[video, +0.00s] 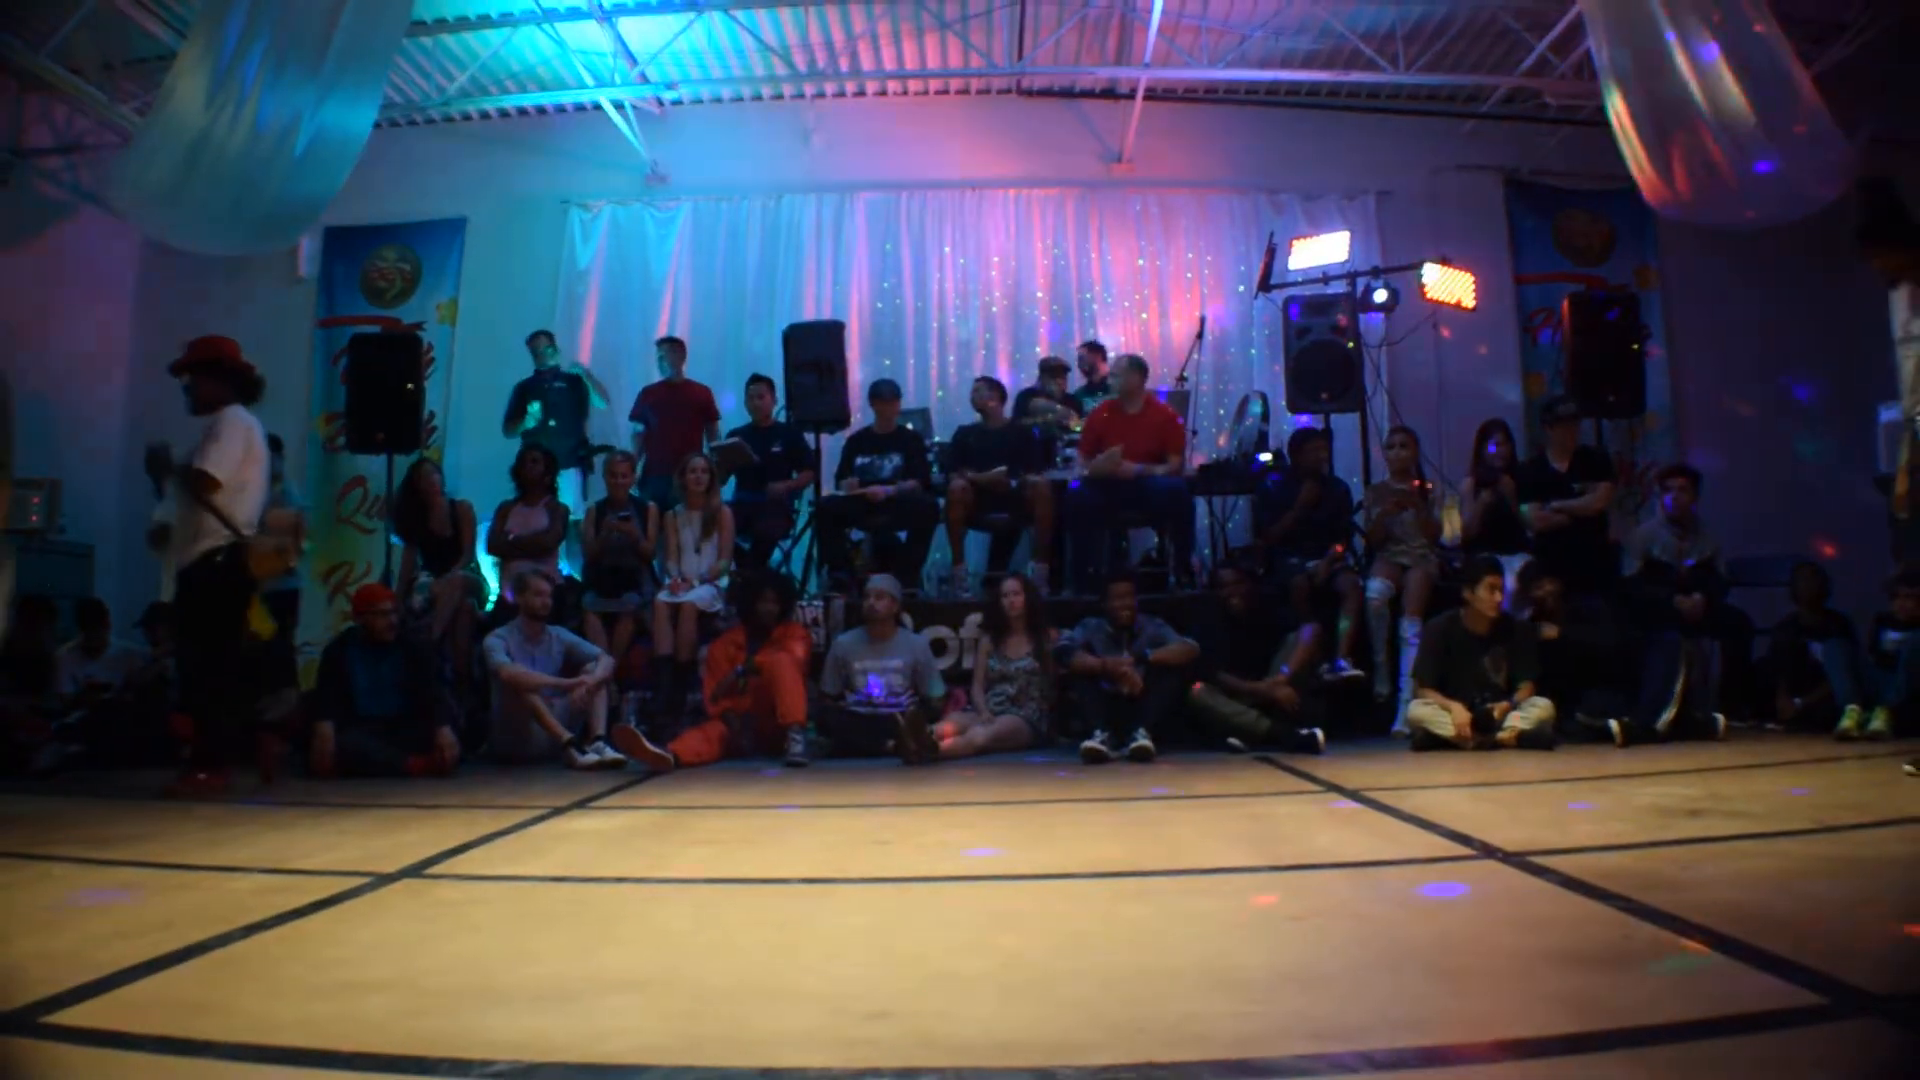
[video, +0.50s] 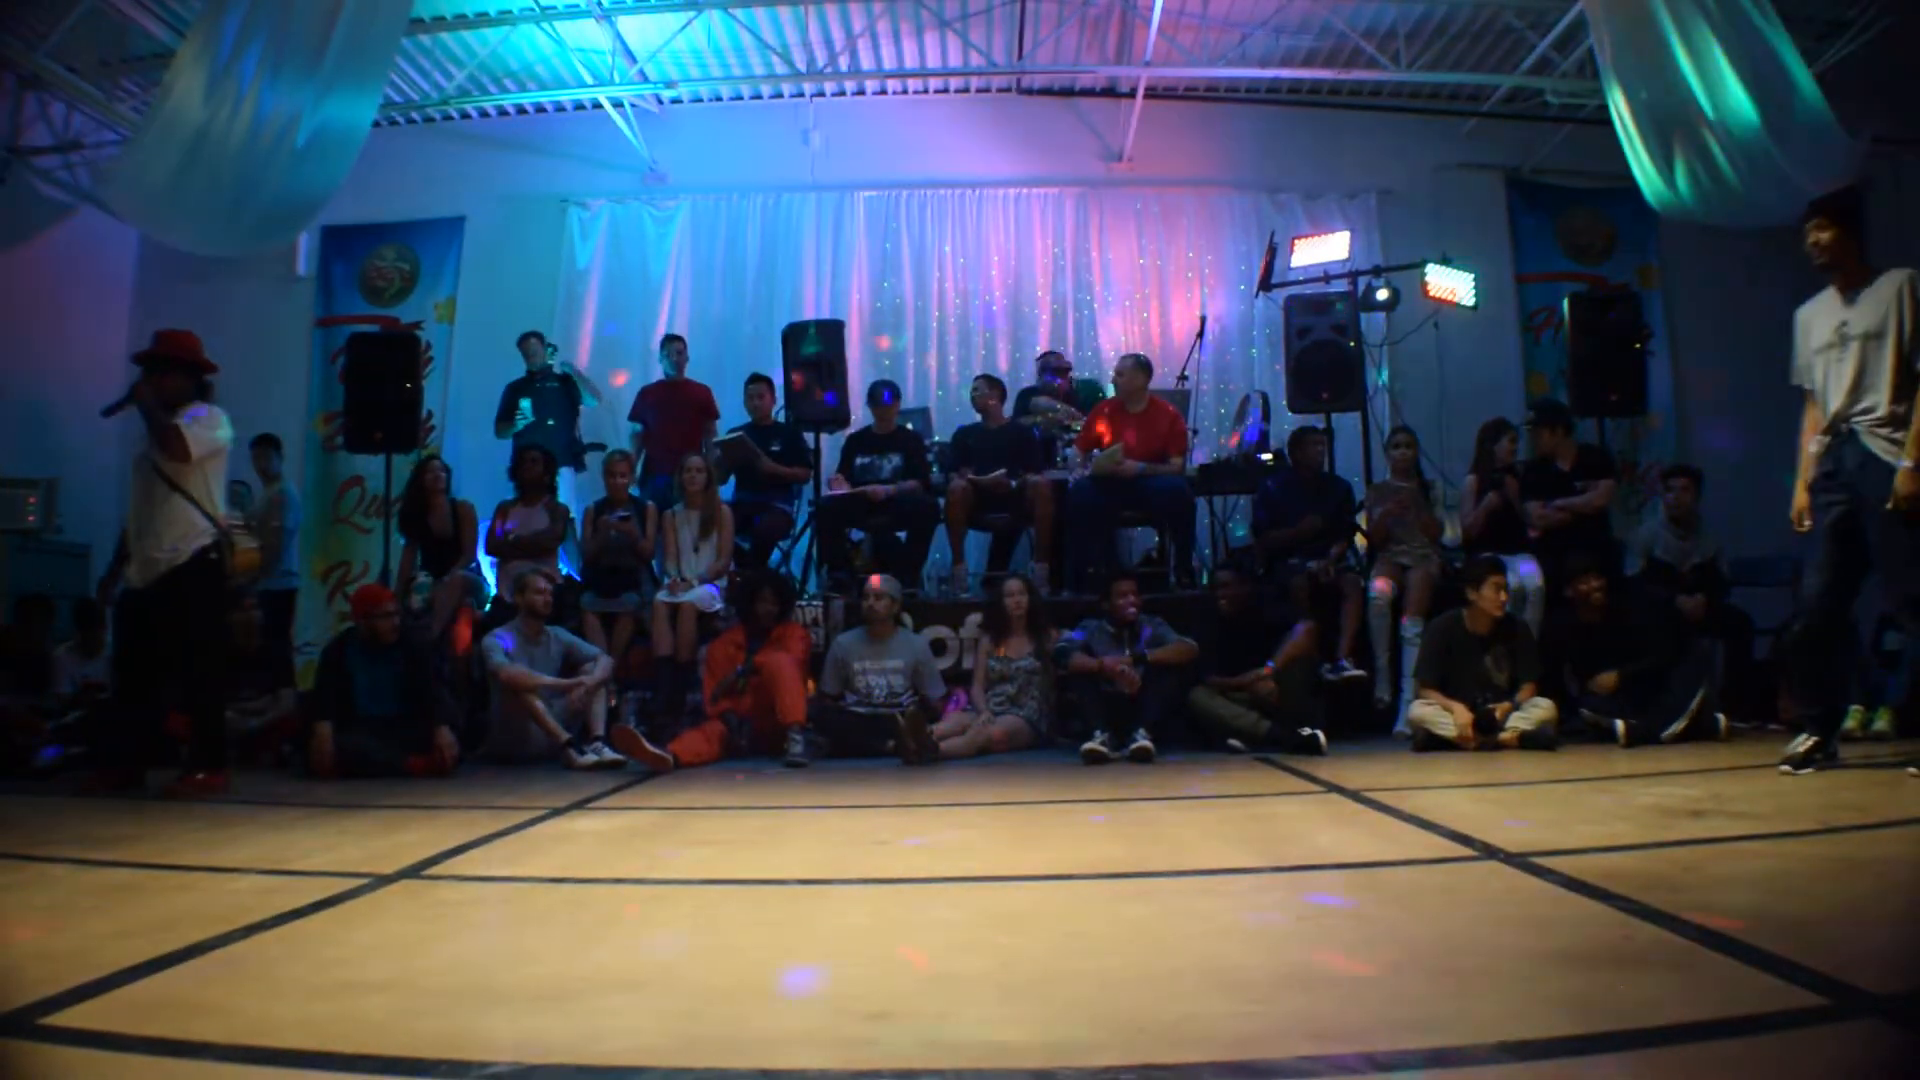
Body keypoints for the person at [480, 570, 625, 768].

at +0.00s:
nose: (546, 602)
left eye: (549, 596)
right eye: (539, 595)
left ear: (553, 598)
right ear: (519, 598)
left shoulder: (558, 635)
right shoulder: (498, 639)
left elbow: (607, 660)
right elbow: (508, 674)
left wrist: (590, 682)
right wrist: (569, 684)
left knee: (594, 669)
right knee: (520, 683)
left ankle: (598, 742)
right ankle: (569, 746)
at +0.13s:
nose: (546, 603)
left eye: (549, 597)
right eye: (538, 596)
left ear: (552, 598)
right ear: (519, 598)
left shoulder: (558, 636)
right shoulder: (496, 639)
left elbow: (606, 660)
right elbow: (506, 674)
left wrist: (589, 684)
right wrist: (568, 684)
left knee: (593, 669)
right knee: (518, 682)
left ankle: (598, 743)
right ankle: (568, 747)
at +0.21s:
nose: (546, 603)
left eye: (549, 597)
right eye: (538, 596)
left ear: (552, 598)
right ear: (518, 598)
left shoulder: (556, 635)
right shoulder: (496, 640)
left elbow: (606, 660)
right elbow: (506, 675)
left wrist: (588, 684)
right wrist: (568, 684)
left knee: (593, 669)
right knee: (518, 683)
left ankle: (598, 743)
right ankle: (568, 747)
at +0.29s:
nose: (547, 602)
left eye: (550, 595)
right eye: (539, 595)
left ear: (553, 597)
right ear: (518, 598)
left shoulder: (556, 635)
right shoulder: (497, 639)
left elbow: (606, 660)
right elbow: (506, 674)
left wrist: (588, 684)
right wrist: (567, 684)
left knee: (593, 670)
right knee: (518, 683)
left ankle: (597, 742)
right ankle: (567, 746)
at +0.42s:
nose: (548, 601)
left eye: (550, 595)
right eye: (539, 594)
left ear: (553, 597)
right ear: (519, 598)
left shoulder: (557, 635)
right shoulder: (497, 639)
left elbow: (605, 660)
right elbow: (506, 674)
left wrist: (589, 684)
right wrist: (567, 684)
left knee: (594, 671)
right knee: (519, 683)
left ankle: (598, 742)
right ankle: (567, 747)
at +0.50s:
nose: (548, 599)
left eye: (550, 593)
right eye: (540, 593)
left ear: (552, 596)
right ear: (519, 598)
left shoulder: (557, 635)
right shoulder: (497, 639)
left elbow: (606, 660)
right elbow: (507, 675)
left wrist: (588, 684)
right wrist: (569, 684)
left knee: (593, 670)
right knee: (519, 685)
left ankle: (597, 743)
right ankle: (568, 749)